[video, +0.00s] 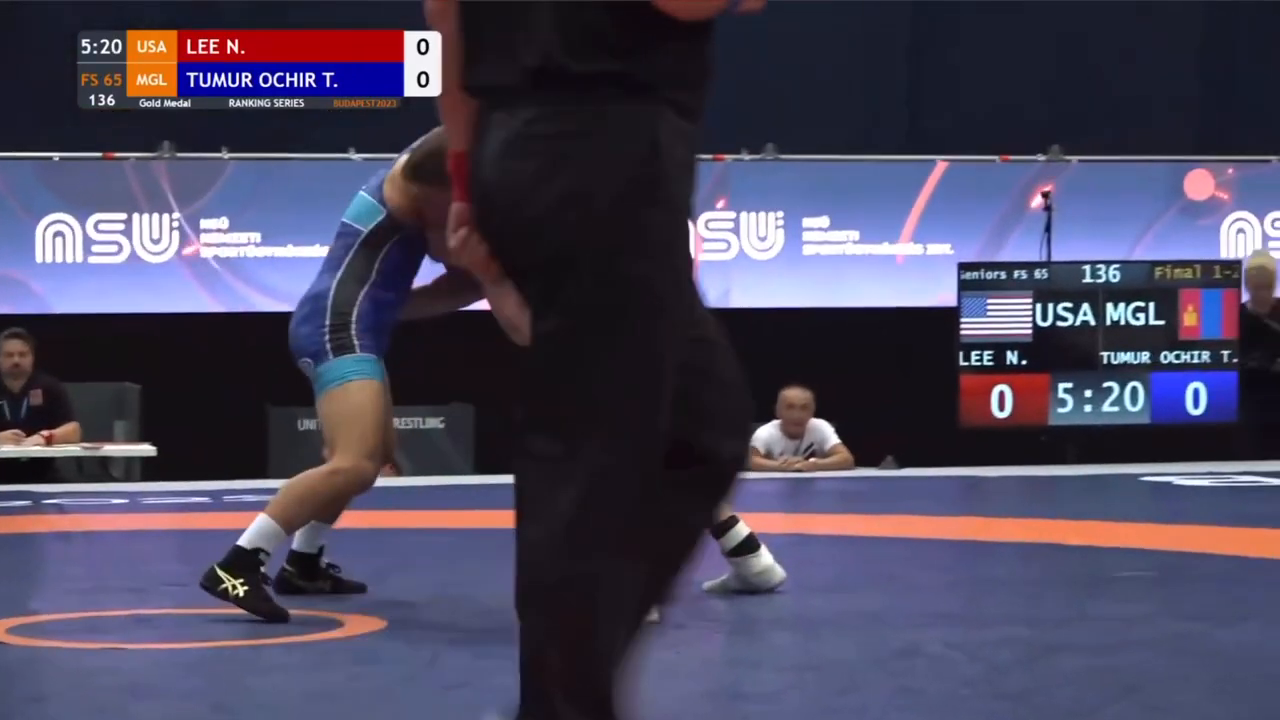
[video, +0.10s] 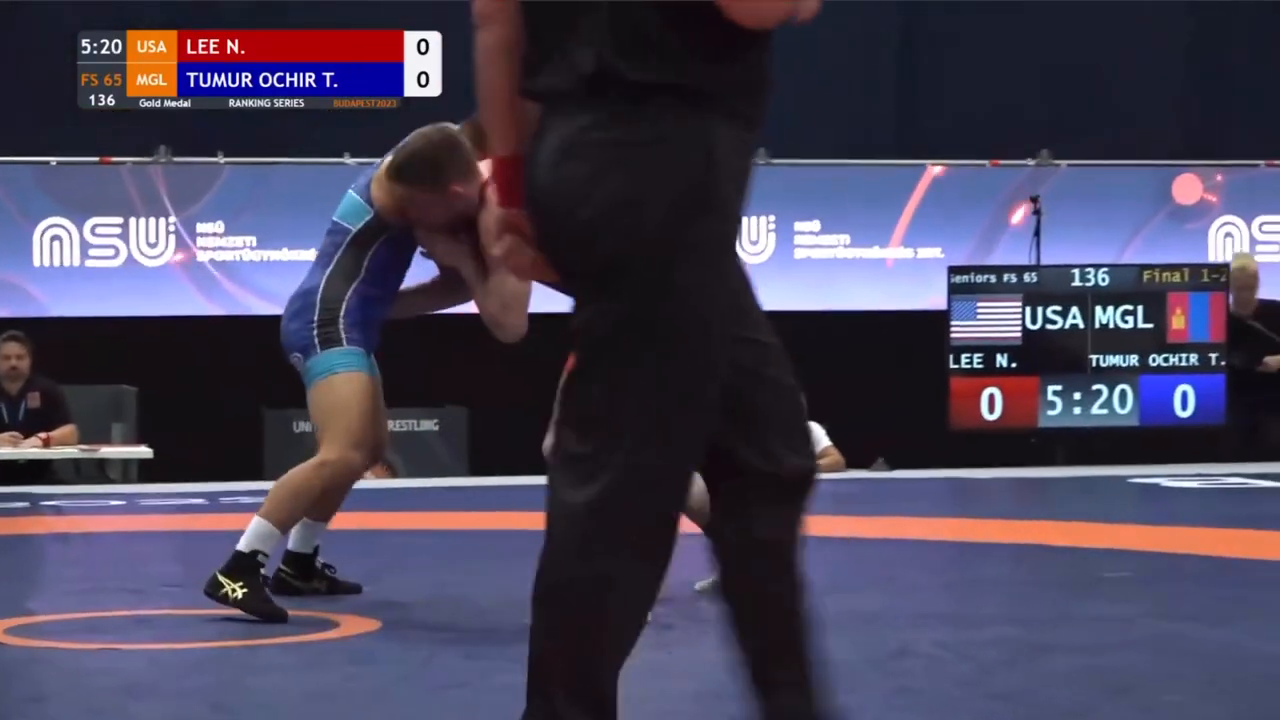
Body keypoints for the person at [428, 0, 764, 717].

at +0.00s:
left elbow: (448, 23)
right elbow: (686, 1)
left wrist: (465, 186)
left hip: (516, 150)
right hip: (610, 156)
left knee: (708, 420)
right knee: (594, 445)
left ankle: (579, 669)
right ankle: (563, 697)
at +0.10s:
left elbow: (495, 15)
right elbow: (756, 6)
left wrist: (505, 189)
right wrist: (804, 1)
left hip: (575, 163)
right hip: (668, 172)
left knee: (764, 450)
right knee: (616, 485)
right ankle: (565, 703)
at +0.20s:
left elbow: (559, 22)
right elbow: (823, 19)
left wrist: (574, 199)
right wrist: (868, 8)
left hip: (640, 180)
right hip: (726, 188)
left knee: (808, 488)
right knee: (660, 495)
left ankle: (950, 711)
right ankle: (574, 706)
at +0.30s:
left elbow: (635, 45)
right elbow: (883, 30)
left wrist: (658, 216)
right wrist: (929, 16)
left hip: (708, 185)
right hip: (805, 190)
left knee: (863, 493)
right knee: (733, 494)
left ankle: (955, 707)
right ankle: (601, 704)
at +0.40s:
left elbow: (715, 51)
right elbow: (941, 25)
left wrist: (756, 226)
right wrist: (995, 15)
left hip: (789, 194)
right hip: (883, 192)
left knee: (903, 506)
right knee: (871, 493)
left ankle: (958, 707)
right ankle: (649, 694)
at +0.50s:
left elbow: (791, 61)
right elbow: (1001, 15)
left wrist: (832, 161)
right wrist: (1060, 11)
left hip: (838, 189)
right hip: (942, 188)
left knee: (904, 469)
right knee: (1019, 470)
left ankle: (956, 707)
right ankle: (792, 647)